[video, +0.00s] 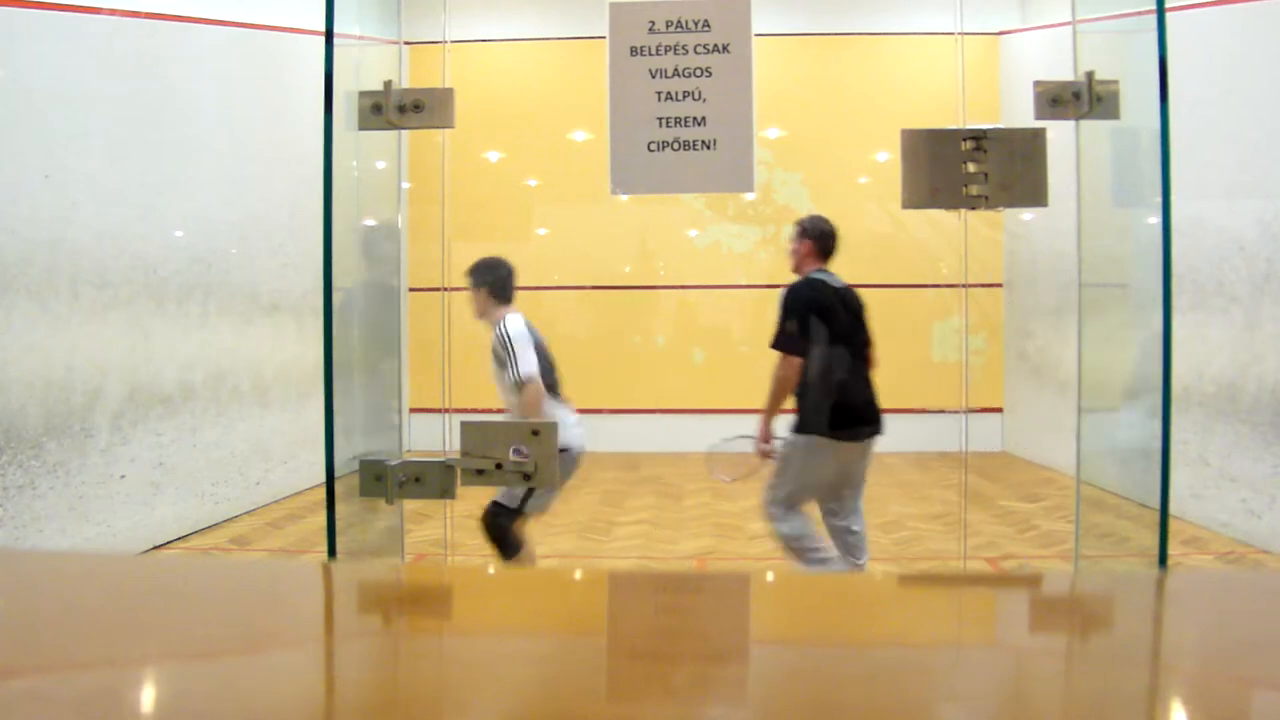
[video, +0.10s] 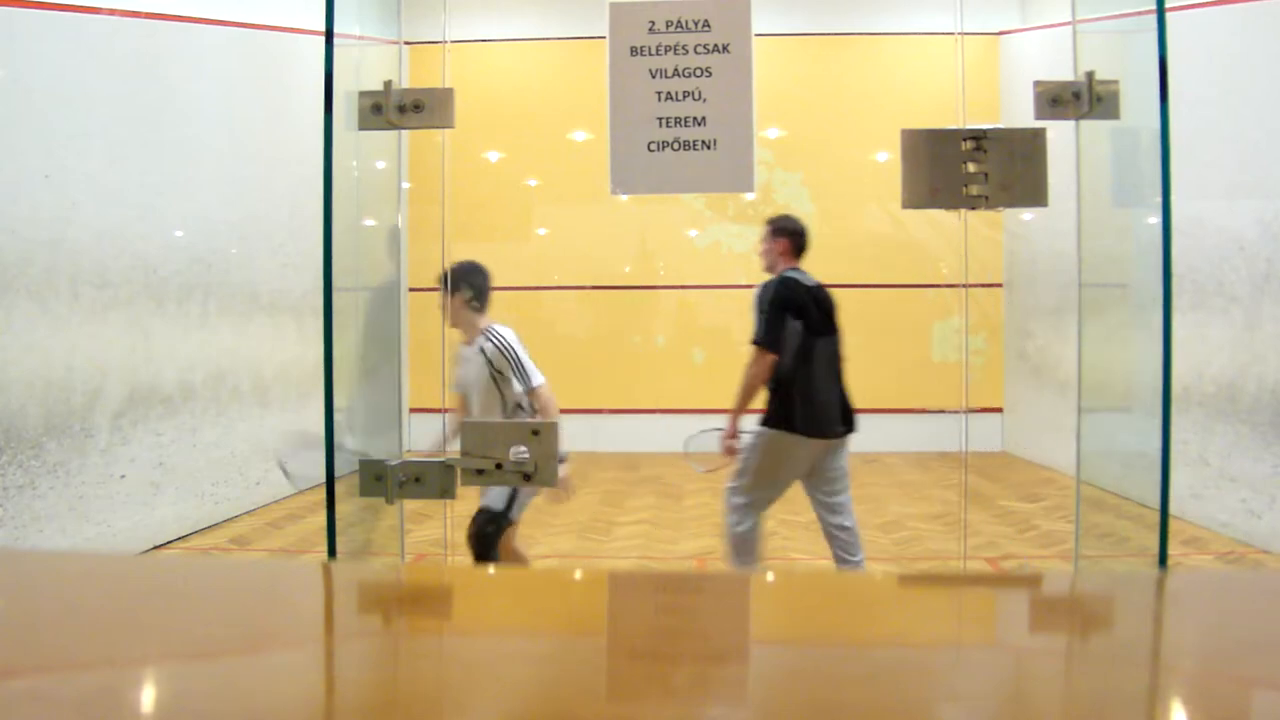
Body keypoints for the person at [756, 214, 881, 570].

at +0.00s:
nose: (790, 249)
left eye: (794, 242)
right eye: (792, 241)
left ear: (807, 246)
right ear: (826, 249)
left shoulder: (801, 293)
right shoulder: (848, 294)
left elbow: (790, 366)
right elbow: (867, 359)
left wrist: (766, 420)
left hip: (821, 427)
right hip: (861, 424)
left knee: (780, 504)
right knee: (842, 507)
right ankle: (858, 581)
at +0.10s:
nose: (759, 250)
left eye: (764, 242)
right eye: (761, 242)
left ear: (781, 245)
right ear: (793, 248)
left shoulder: (776, 291)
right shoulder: (819, 292)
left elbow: (764, 359)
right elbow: (826, 362)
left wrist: (734, 419)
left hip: (791, 424)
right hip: (832, 423)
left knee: (742, 499)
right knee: (837, 511)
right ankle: (858, 589)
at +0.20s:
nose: (730, 254)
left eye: (736, 246)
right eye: (732, 246)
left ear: (757, 249)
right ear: (762, 251)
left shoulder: (749, 295)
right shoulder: (787, 296)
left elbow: (730, 365)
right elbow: (792, 367)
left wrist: (699, 423)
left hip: (756, 429)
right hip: (798, 428)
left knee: (712, 510)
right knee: (818, 513)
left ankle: (687, 592)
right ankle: (847, 590)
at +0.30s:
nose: (701, 256)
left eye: (706, 249)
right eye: (701, 249)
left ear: (728, 250)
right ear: (732, 252)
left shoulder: (718, 296)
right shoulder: (761, 298)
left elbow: (696, 365)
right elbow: (777, 360)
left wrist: (669, 418)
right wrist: (757, 401)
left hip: (719, 426)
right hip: (760, 426)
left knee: (687, 517)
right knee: (768, 505)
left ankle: (682, 602)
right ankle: (823, 570)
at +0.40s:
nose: (672, 253)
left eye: (678, 246)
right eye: (673, 246)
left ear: (701, 247)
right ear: (704, 249)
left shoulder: (688, 294)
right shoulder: (736, 293)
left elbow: (668, 359)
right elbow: (756, 356)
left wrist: (642, 412)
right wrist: (739, 400)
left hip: (693, 414)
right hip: (731, 414)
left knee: (675, 496)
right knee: (708, 485)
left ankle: (681, 579)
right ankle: (762, 554)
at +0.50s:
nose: (647, 254)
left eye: (652, 246)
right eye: (647, 247)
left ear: (677, 245)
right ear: (681, 247)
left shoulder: (662, 291)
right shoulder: (713, 292)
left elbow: (641, 355)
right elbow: (736, 353)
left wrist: (616, 407)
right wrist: (726, 400)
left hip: (669, 409)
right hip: (706, 410)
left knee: (670, 497)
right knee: (671, 492)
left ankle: (687, 577)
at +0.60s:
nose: (623, 258)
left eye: (628, 251)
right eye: (622, 251)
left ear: (652, 250)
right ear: (654, 252)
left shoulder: (636, 293)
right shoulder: (688, 295)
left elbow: (615, 357)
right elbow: (715, 355)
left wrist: (591, 404)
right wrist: (710, 406)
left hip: (646, 411)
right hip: (679, 413)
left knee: (658, 499)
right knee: (633, 489)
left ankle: (682, 574)